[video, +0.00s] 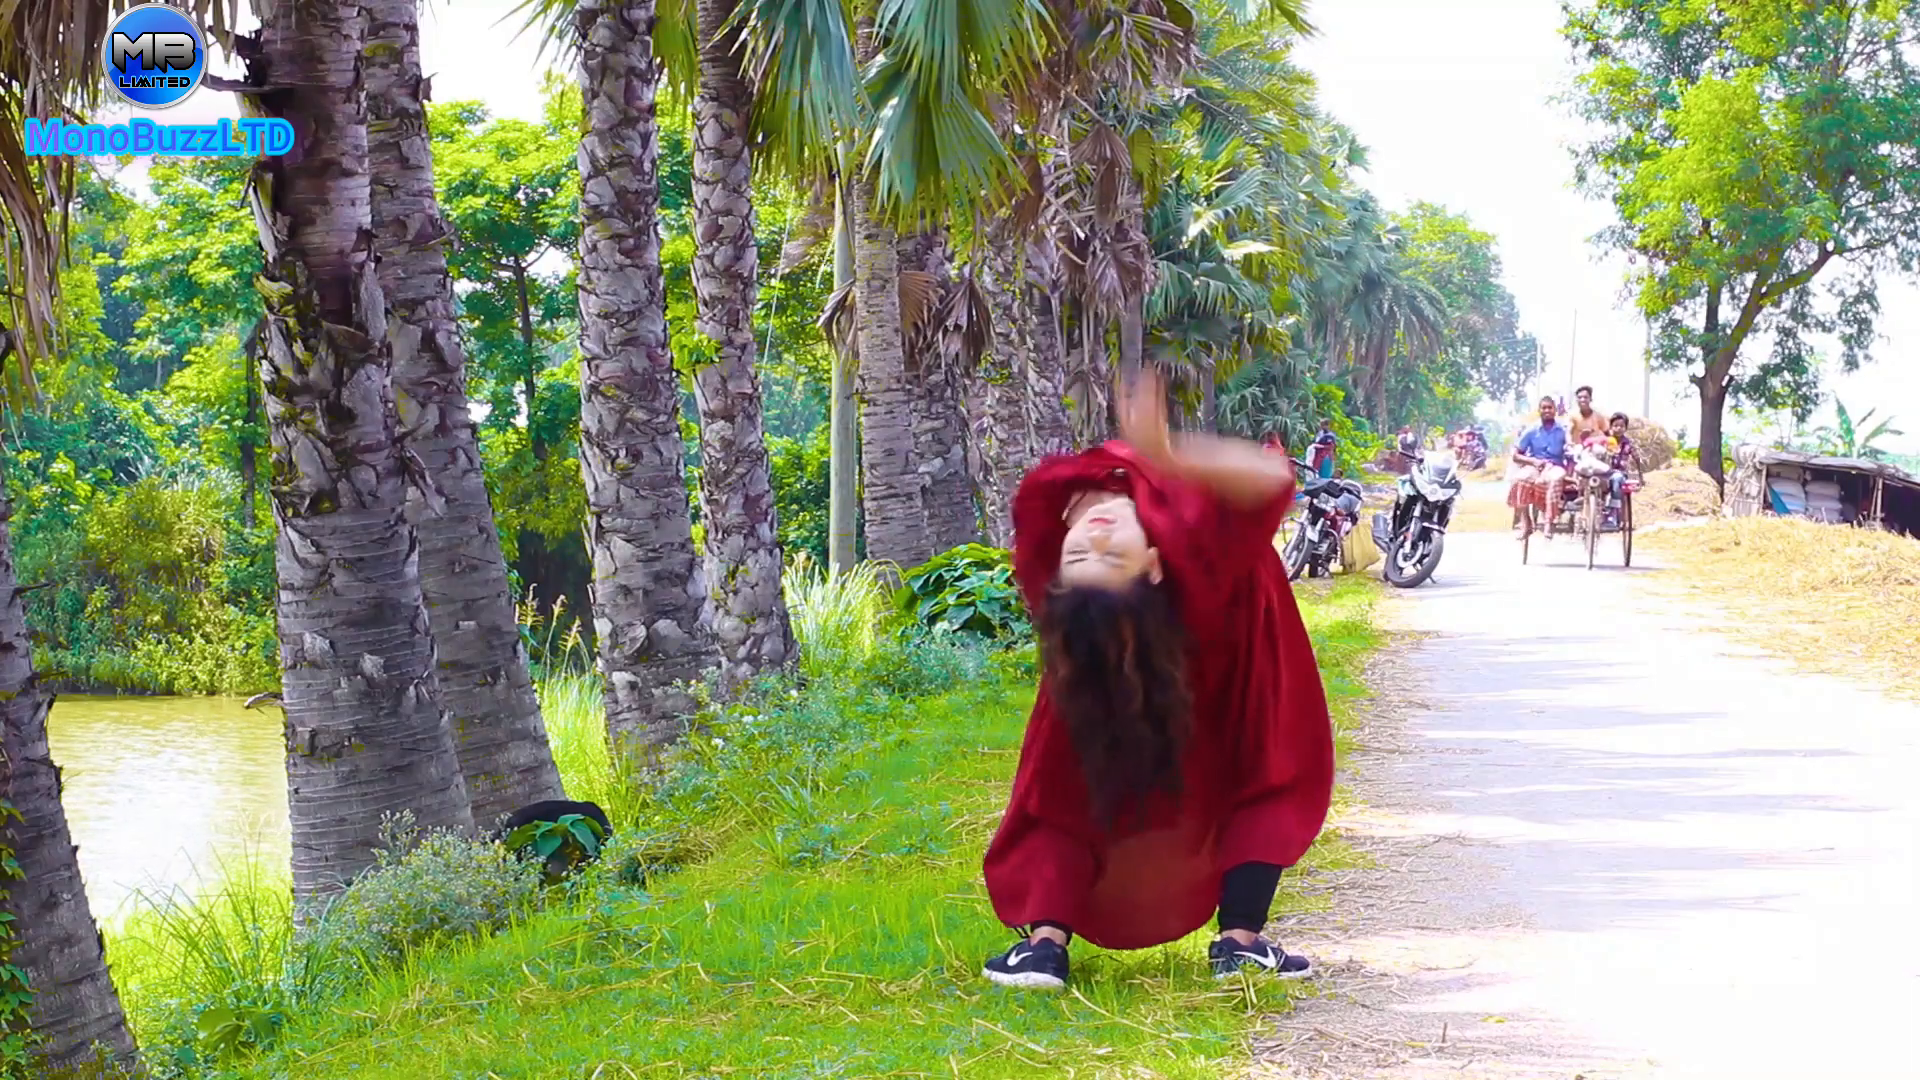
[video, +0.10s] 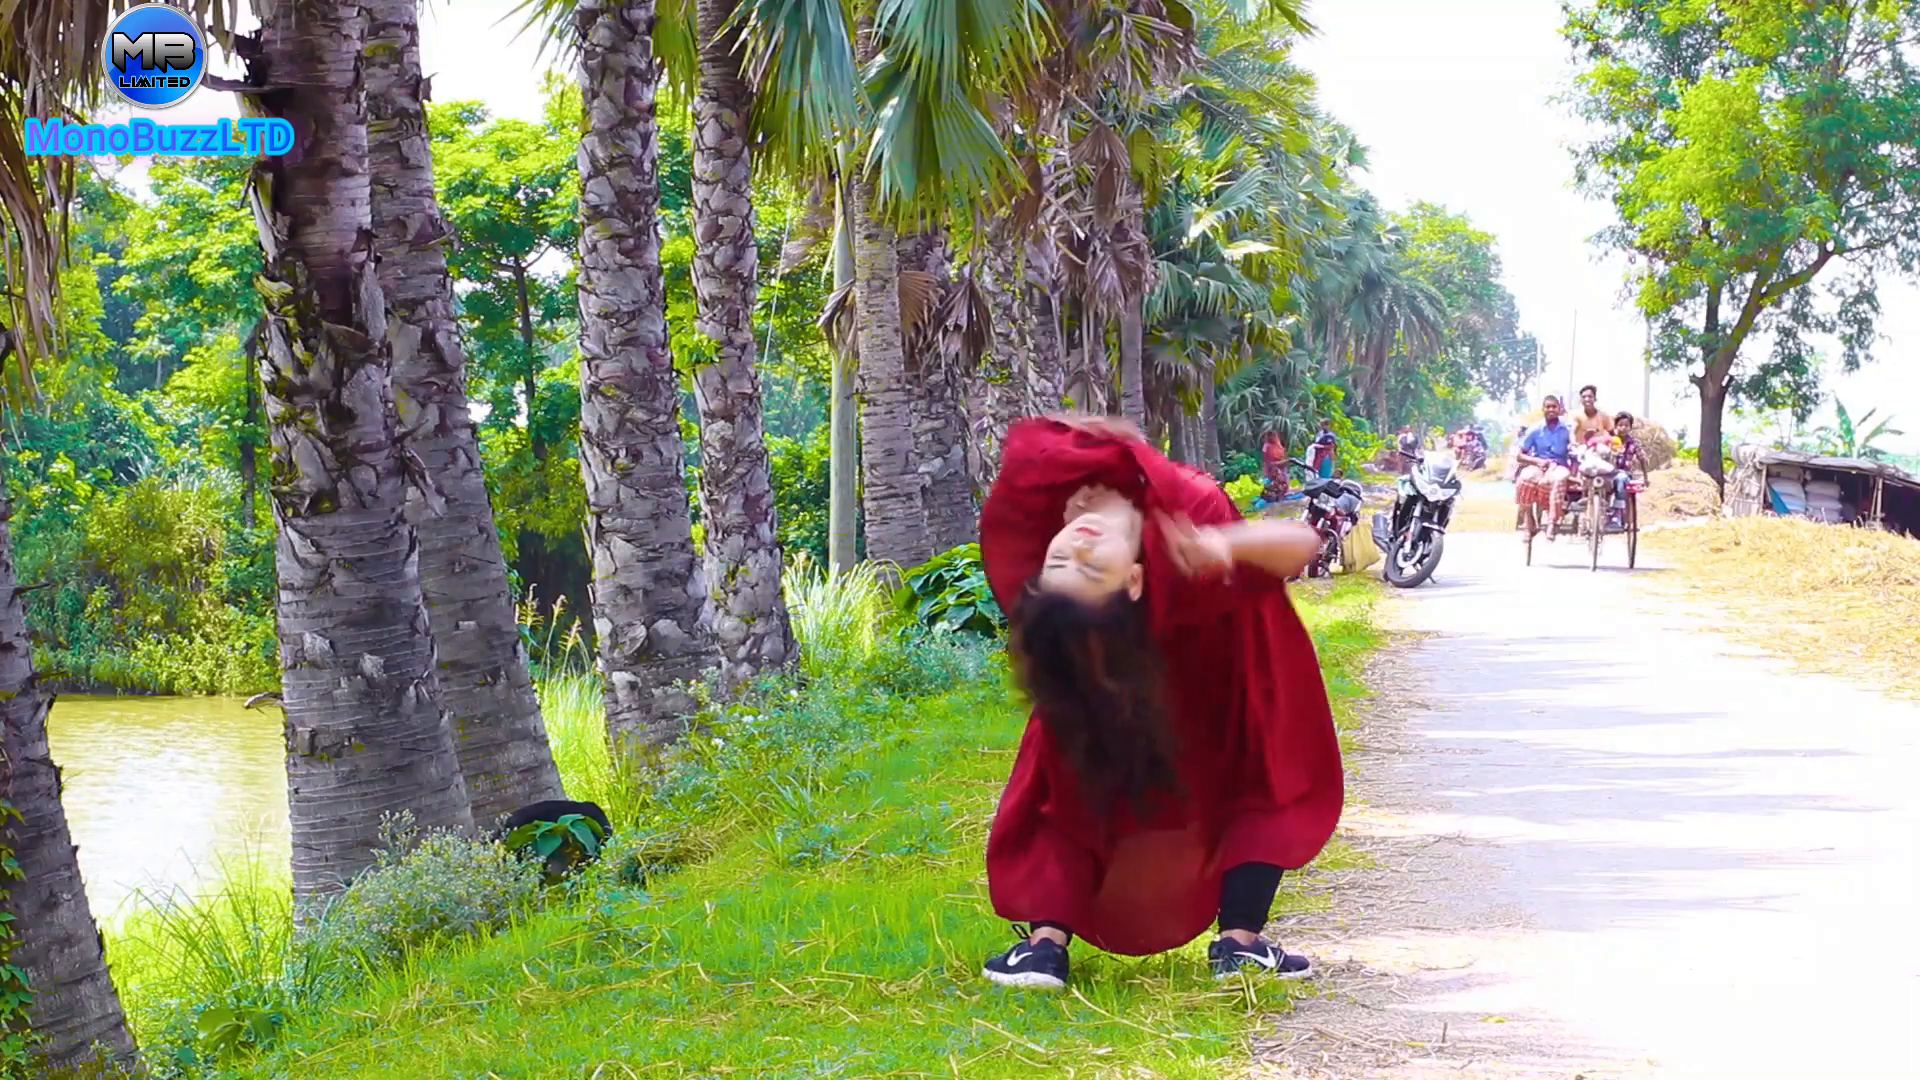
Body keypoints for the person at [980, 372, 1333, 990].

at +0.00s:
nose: (1093, 525)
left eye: (1075, 546)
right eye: (1109, 546)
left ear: (1060, 559)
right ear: (1154, 562)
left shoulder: (1046, 525)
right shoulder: (1204, 513)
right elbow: (1274, 478)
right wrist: (1173, 457)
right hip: (1236, 639)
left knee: (1063, 775)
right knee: (1278, 768)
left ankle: (1044, 941)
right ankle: (1242, 937)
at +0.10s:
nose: (1081, 510)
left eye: (1057, 553)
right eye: (1089, 558)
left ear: (1042, 554)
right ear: (1134, 577)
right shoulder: (1193, 545)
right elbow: (1302, 543)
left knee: (1070, 781)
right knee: (1272, 767)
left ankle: (1045, 942)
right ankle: (1242, 936)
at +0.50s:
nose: (1116, 528)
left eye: (1105, 554)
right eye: (1139, 551)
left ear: (1085, 568)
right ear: (1180, 546)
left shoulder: (1063, 532)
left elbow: (969, 463)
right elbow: (1269, 437)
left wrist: (1001, 524)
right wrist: (1174, 458)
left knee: (1054, 778)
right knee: (1248, 772)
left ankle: (1039, 941)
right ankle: (1239, 936)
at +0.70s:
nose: (1115, 495)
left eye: (1102, 514)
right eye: (1136, 515)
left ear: (1081, 546)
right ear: (1166, 530)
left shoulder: (1059, 528)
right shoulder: (1207, 450)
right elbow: (1309, 360)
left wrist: (1064, 422)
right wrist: (1227, 364)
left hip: (1109, 635)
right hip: (1240, 620)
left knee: (1074, 775)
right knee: (1271, 762)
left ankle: (1043, 941)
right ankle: (1241, 937)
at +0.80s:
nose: (1115, 473)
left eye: (1098, 494)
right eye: (1134, 496)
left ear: (1078, 507)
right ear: (1166, 511)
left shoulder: (1060, 465)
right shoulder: (1223, 469)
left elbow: (1056, 558)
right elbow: (1303, 402)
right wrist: (1220, 339)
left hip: (1118, 635)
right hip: (1239, 627)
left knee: (1083, 774)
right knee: (1267, 765)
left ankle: (1043, 944)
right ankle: (1242, 938)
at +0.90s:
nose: (1111, 450)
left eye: (1095, 466)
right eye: (1128, 477)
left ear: (1072, 483)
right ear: (1155, 501)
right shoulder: (1221, 489)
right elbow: (1311, 474)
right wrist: (1215, 406)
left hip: (1139, 596)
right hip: (1244, 598)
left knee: (1088, 758)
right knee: (1267, 758)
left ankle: (1045, 941)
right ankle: (1242, 939)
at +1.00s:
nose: (1116, 420)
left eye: (1097, 442)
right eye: (1130, 445)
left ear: (1064, 454)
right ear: (1158, 479)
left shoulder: (1063, 401)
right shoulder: (1224, 485)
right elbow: (1338, 536)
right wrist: (1270, 478)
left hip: (1124, 591)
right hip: (1235, 592)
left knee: (1080, 747)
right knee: (1266, 756)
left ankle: (1046, 941)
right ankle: (1242, 940)